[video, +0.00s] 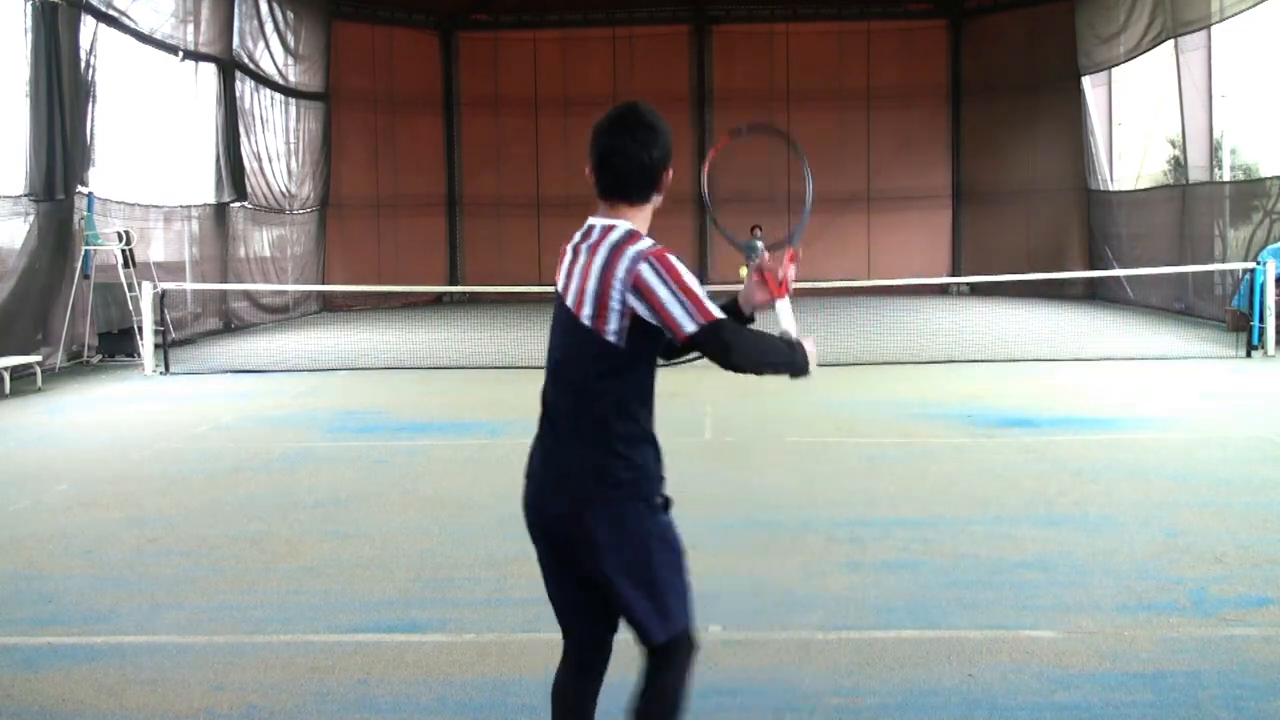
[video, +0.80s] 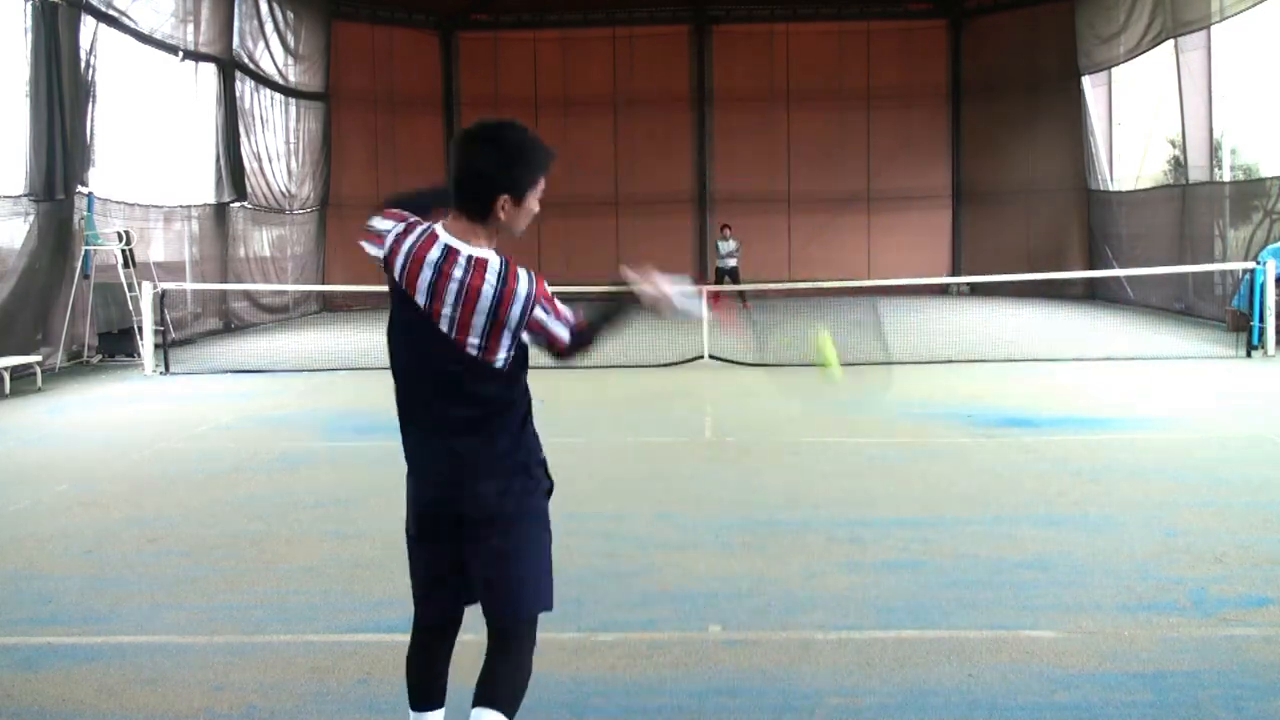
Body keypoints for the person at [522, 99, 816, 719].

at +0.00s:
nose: (669, 175)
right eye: (667, 165)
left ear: (592, 172)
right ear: (665, 178)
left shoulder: (581, 247)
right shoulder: (642, 261)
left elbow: (655, 336)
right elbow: (730, 346)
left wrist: (739, 301)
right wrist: (797, 353)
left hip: (552, 486)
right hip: (616, 492)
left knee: (586, 640)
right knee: (671, 645)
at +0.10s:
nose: (654, 181)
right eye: (653, 170)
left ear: (578, 175)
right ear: (649, 183)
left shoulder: (573, 249)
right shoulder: (605, 264)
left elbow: (672, 322)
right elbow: (677, 356)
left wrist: (739, 283)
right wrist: (775, 332)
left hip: (540, 492)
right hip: (579, 501)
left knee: (570, 657)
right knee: (596, 667)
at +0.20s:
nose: (642, 207)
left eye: (636, 194)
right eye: (642, 196)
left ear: (566, 194)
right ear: (633, 205)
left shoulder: (594, 274)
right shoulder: (571, 283)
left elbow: (668, 319)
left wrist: (724, 271)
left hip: (551, 506)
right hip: (534, 512)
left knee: (554, 655)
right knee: (583, 680)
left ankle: (506, 715)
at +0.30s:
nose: (628, 209)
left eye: (627, 197)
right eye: (629, 197)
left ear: (556, 192)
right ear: (619, 206)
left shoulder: (589, 273)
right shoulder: (544, 283)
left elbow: (632, 316)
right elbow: (563, 377)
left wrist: (689, 303)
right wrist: (637, 340)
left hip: (535, 500)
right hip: (510, 505)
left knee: (530, 638)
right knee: (565, 676)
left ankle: (472, 713)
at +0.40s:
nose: (611, 218)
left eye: (610, 206)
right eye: (611, 206)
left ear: (540, 201)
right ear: (598, 213)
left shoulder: (568, 275)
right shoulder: (516, 286)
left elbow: (631, 316)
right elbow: (507, 380)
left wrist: (718, 321)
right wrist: (553, 369)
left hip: (517, 503)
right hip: (488, 509)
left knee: (504, 634)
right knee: (553, 677)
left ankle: (458, 717)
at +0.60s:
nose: (588, 237)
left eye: (588, 225)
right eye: (589, 226)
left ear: (513, 217)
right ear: (575, 236)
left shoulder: (530, 289)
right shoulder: (487, 308)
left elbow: (588, 294)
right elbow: (465, 393)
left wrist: (667, 293)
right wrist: (483, 436)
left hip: (457, 500)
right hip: (472, 516)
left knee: (478, 626)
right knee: (526, 674)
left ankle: (445, 716)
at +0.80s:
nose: (540, 206)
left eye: (540, 194)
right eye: (536, 196)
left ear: (472, 197)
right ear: (503, 206)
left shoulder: (406, 246)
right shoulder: (516, 289)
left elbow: (395, 210)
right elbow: (573, 340)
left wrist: (462, 196)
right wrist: (634, 300)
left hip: (432, 481)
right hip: (503, 487)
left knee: (433, 622)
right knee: (512, 637)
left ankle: (426, 719)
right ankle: (483, 719)